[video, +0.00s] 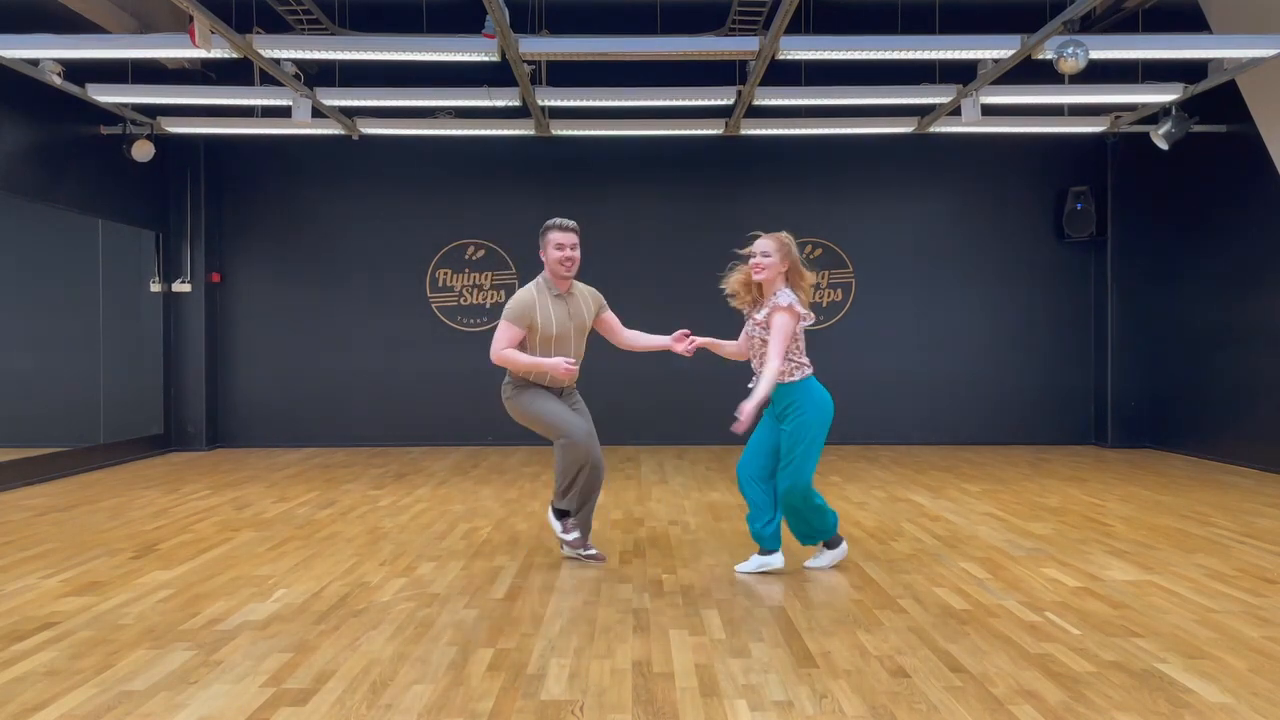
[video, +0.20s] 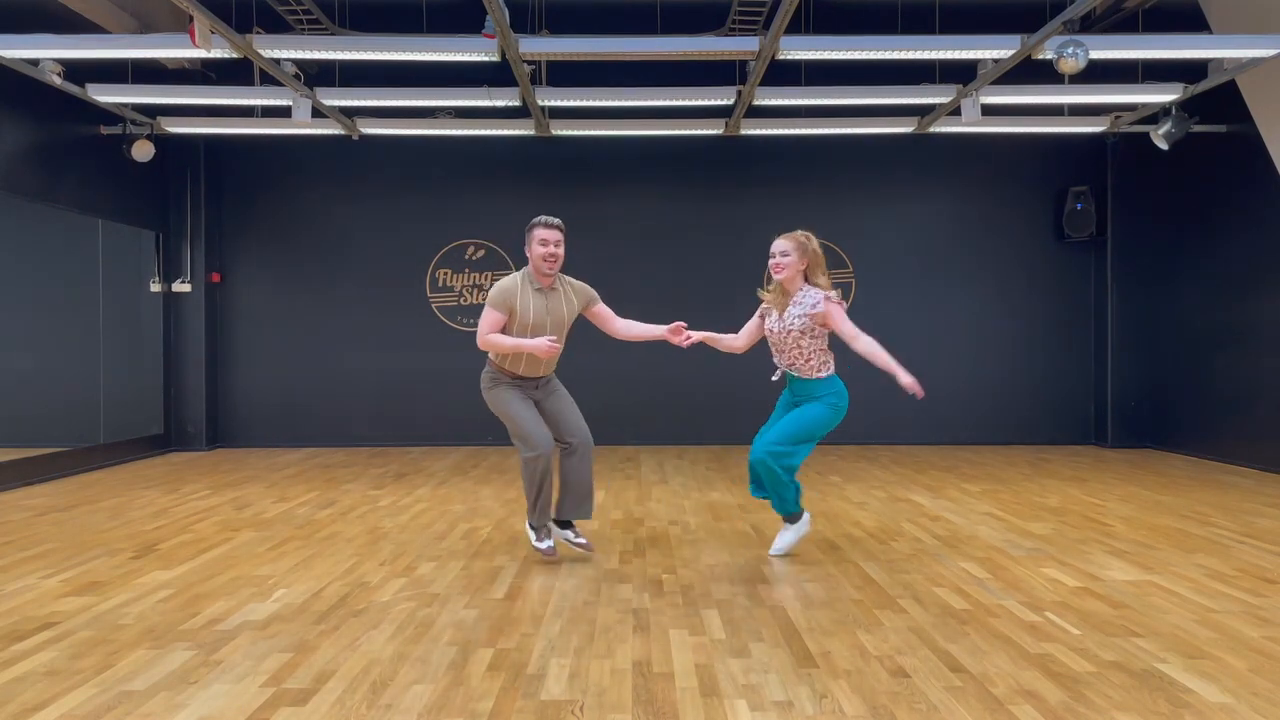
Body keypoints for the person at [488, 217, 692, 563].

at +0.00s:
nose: (568, 254)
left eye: (573, 247)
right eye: (559, 248)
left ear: (580, 253)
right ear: (543, 254)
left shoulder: (589, 298)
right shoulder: (526, 300)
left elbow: (623, 336)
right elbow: (499, 353)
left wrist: (669, 341)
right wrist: (546, 364)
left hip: (568, 392)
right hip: (526, 389)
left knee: (594, 463)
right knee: (576, 433)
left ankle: (575, 538)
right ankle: (562, 510)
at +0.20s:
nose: (551, 251)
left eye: (557, 244)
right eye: (543, 244)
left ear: (564, 249)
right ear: (528, 249)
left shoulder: (577, 292)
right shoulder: (507, 289)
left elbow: (617, 326)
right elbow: (484, 339)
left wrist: (663, 331)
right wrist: (529, 345)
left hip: (546, 382)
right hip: (503, 382)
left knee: (579, 440)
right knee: (540, 446)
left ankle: (564, 522)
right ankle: (538, 524)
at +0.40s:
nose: (544, 255)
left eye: (550, 248)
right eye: (536, 249)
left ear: (558, 252)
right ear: (523, 255)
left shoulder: (569, 294)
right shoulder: (507, 289)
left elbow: (606, 329)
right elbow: (480, 335)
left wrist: (654, 332)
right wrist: (519, 355)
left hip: (534, 386)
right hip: (495, 385)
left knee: (559, 450)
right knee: (515, 459)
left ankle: (538, 534)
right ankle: (496, 536)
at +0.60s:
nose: (556, 257)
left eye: (561, 249)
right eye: (547, 250)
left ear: (567, 253)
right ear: (532, 255)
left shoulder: (571, 299)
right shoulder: (517, 294)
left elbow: (597, 338)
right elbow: (489, 341)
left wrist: (638, 342)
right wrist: (532, 355)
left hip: (531, 386)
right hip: (499, 381)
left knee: (563, 442)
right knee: (512, 462)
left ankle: (531, 509)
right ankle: (472, 534)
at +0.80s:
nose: (593, 251)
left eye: (595, 246)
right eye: (586, 244)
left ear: (594, 250)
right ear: (564, 247)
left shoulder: (579, 290)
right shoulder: (558, 279)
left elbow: (587, 338)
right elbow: (564, 332)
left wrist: (622, 349)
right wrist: (605, 321)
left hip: (545, 374)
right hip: (539, 374)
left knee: (563, 440)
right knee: (593, 438)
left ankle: (540, 507)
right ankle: (541, 500)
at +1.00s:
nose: (623, 256)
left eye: (622, 251)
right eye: (622, 251)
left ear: (590, 254)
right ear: (618, 252)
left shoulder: (579, 290)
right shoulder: (621, 284)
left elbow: (592, 337)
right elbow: (662, 322)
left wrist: (633, 342)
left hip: (576, 379)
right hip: (611, 382)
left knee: (575, 454)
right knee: (649, 450)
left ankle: (548, 519)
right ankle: (641, 520)